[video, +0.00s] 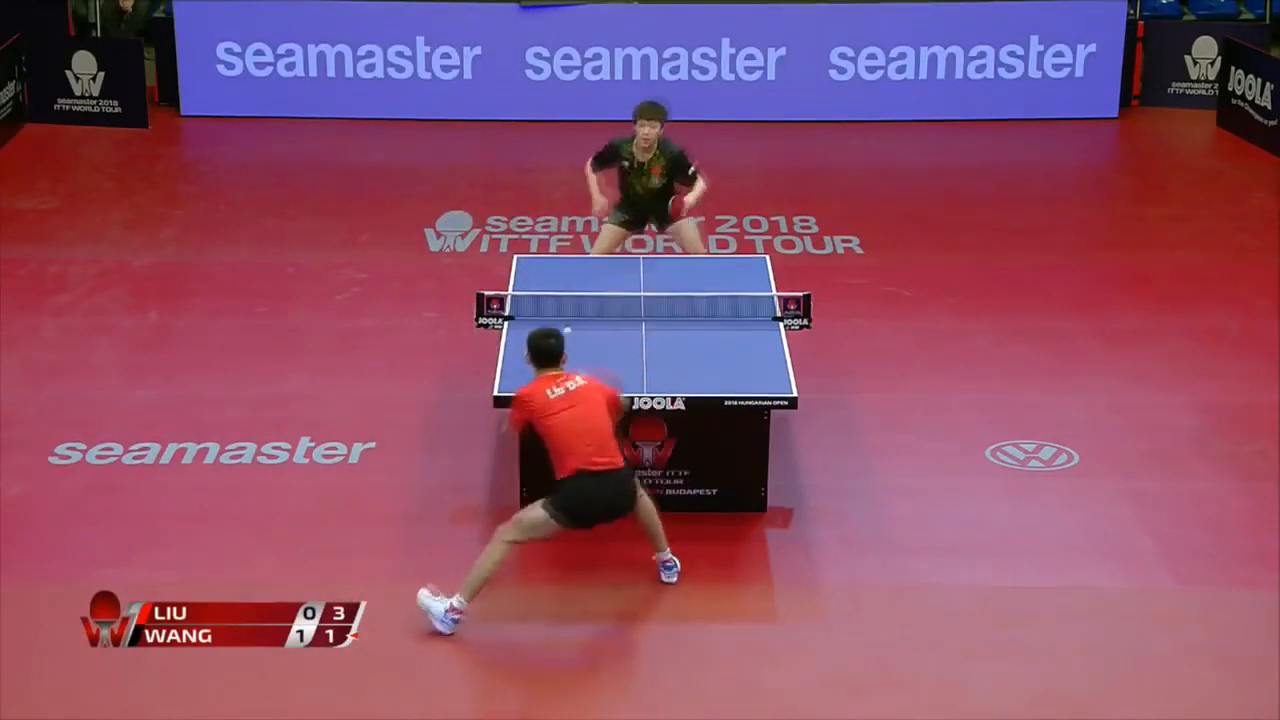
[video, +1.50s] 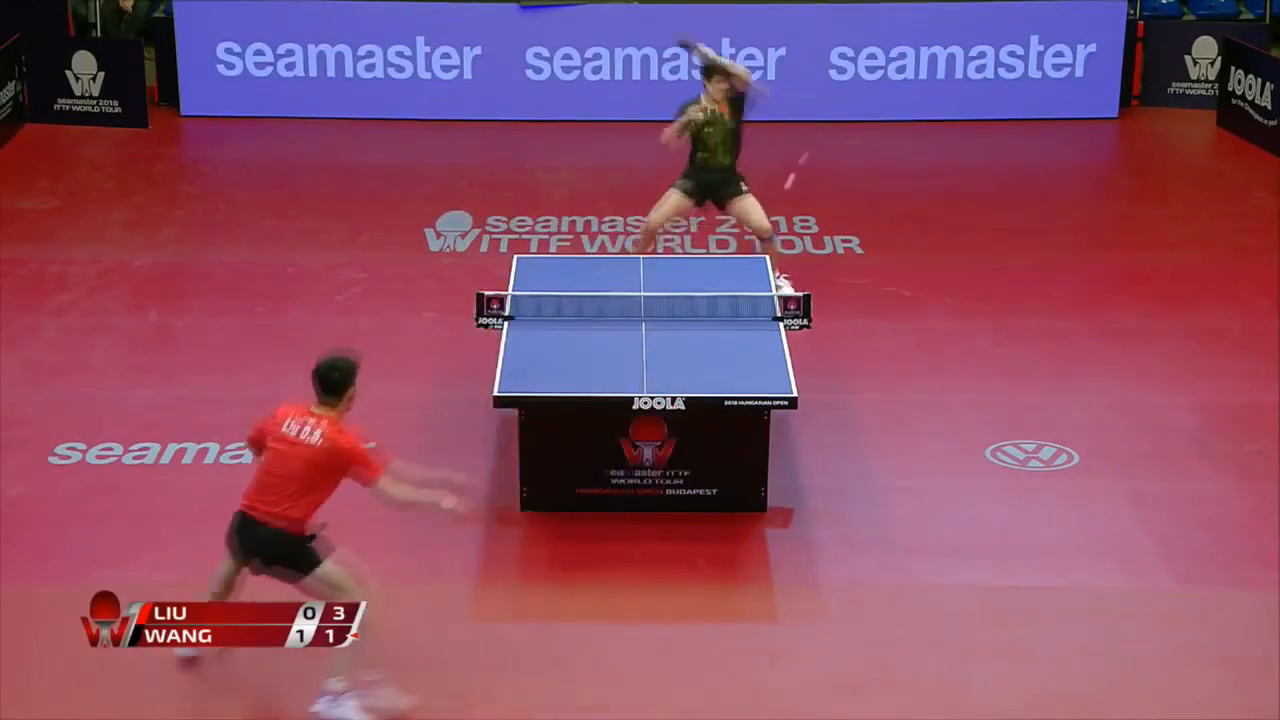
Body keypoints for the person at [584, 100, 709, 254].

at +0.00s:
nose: (646, 132)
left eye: (652, 127)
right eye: (642, 126)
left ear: (661, 130)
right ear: (635, 127)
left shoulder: (672, 154)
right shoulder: (620, 149)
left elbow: (700, 183)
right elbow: (591, 166)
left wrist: (690, 198)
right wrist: (597, 197)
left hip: (665, 209)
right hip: (630, 209)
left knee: (699, 257)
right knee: (596, 259)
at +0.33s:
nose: (719, 142)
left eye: (722, 137)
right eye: (713, 136)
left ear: (724, 139)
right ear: (695, 134)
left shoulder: (714, 162)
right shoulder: (681, 159)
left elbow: (706, 194)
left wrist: (722, 214)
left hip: (693, 220)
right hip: (661, 222)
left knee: (739, 246)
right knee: (626, 263)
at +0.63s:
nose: (740, 121)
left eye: (745, 116)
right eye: (735, 115)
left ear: (751, 118)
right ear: (723, 113)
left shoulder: (755, 136)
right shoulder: (707, 134)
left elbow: (777, 133)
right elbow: (686, 169)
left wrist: (751, 115)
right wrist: (709, 149)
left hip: (740, 204)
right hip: (707, 200)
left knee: (772, 250)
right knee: (659, 231)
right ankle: (640, 281)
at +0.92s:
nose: (718, 114)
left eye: (723, 109)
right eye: (714, 109)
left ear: (732, 109)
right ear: (708, 109)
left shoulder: (745, 132)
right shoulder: (703, 129)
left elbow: (774, 164)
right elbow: (695, 148)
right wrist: (683, 171)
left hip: (746, 198)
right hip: (716, 194)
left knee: (766, 243)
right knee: (662, 216)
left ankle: (794, 290)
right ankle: (680, 274)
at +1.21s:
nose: (729, 131)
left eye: (733, 125)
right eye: (723, 125)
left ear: (738, 127)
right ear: (712, 125)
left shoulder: (735, 148)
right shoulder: (697, 148)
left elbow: (730, 183)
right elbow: (685, 190)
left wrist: (752, 207)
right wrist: (733, 191)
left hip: (716, 203)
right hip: (684, 204)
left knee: (755, 234)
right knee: (641, 249)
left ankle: (771, 279)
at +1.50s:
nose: (724, 87)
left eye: (726, 81)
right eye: (718, 82)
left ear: (731, 83)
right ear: (706, 83)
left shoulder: (734, 104)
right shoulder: (693, 108)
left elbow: (744, 78)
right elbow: (667, 141)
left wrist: (711, 57)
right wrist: (687, 120)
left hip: (727, 180)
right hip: (695, 179)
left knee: (764, 228)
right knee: (650, 224)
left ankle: (775, 278)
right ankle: (639, 273)